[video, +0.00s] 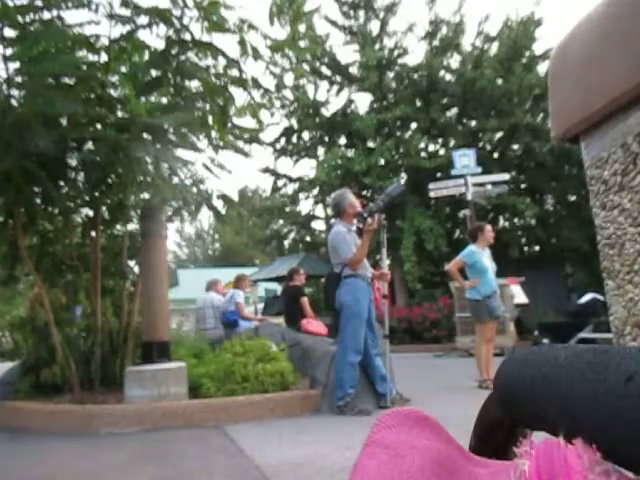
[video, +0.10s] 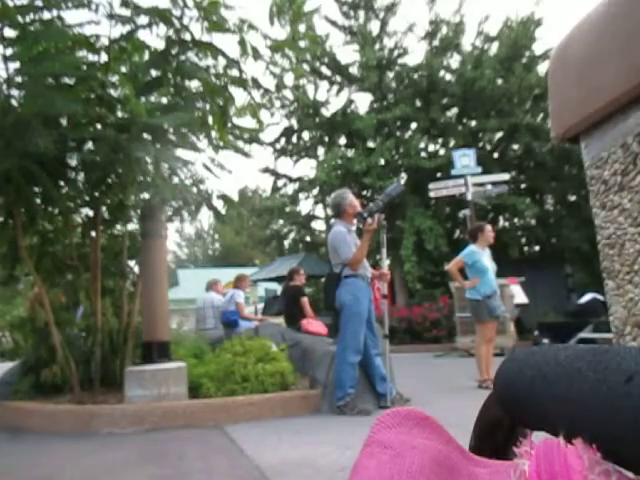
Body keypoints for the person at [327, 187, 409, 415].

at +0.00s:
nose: (360, 205)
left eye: (358, 201)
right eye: (355, 202)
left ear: (348, 208)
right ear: (346, 208)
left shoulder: (351, 232)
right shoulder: (338, 233)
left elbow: (357, 264)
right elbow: (354, 261)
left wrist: (374, 273)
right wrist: (367, 235)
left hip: (363, 285)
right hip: (352, 285)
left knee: (370, 344)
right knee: (351, 345)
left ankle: (387, 394)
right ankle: (344, 399)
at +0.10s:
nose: (359, 204)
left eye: (357, 200)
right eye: (355, 201)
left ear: (347, 208)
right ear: (346, 207)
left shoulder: (350, 232)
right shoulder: (338, 232)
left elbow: (357, 264)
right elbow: (354, 261)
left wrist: (374, 273)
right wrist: (367, 235)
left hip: (363, 284)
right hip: (352, 285)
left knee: (371, 344)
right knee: (351, 345)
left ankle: (387, 393)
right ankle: (344, 398)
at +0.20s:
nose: (359, 204)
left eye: (356, 200)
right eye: (354, 201)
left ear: (347, 208)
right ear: (346, 207)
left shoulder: (349, 232)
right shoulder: (338, 232)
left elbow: (356, 264)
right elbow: (354, 261)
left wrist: (374, 273)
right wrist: (367, 234)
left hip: (363, 284)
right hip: (352, 285)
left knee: (371, 344)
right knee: (351, 345)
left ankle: (387, 393)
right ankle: (344, 398)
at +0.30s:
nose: (359, 204)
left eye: (356, 200)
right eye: (354, 201)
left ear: (346, 208)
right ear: (346, 207)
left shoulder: (349, 232)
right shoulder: (338, 232)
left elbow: (356, 265)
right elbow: (353, 261)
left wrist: (373, 273)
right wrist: (367, 234)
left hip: (362, 284)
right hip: (352, 285)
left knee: (371, 344)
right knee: (351, 344)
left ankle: (386, 393)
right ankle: (344, 398)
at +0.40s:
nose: (358, 204)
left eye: (356, 200)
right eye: (354, 201)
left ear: (347, 208)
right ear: (345, 207)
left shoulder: (349, 232)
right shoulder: (338, 232)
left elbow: (356, 265)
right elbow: (353, 261)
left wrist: (373, 273)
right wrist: (367, 234)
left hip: (362, 284)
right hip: (351, 284)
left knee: (371, 344)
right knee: (351, 344)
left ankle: (387, 393)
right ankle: (344, 398)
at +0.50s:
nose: (358, 204)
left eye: (356, 200)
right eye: (354, 201)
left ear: (346, 208)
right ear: (345, 207)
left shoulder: (349, 232)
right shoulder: (338, 232)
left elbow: (355, 265)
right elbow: (353, 261)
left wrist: (373, 273)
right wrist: (367, 234)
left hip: (362, 284)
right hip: (351, 284)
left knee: (371, 344)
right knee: (351, 344)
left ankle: (387, 393)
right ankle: (344, 398)